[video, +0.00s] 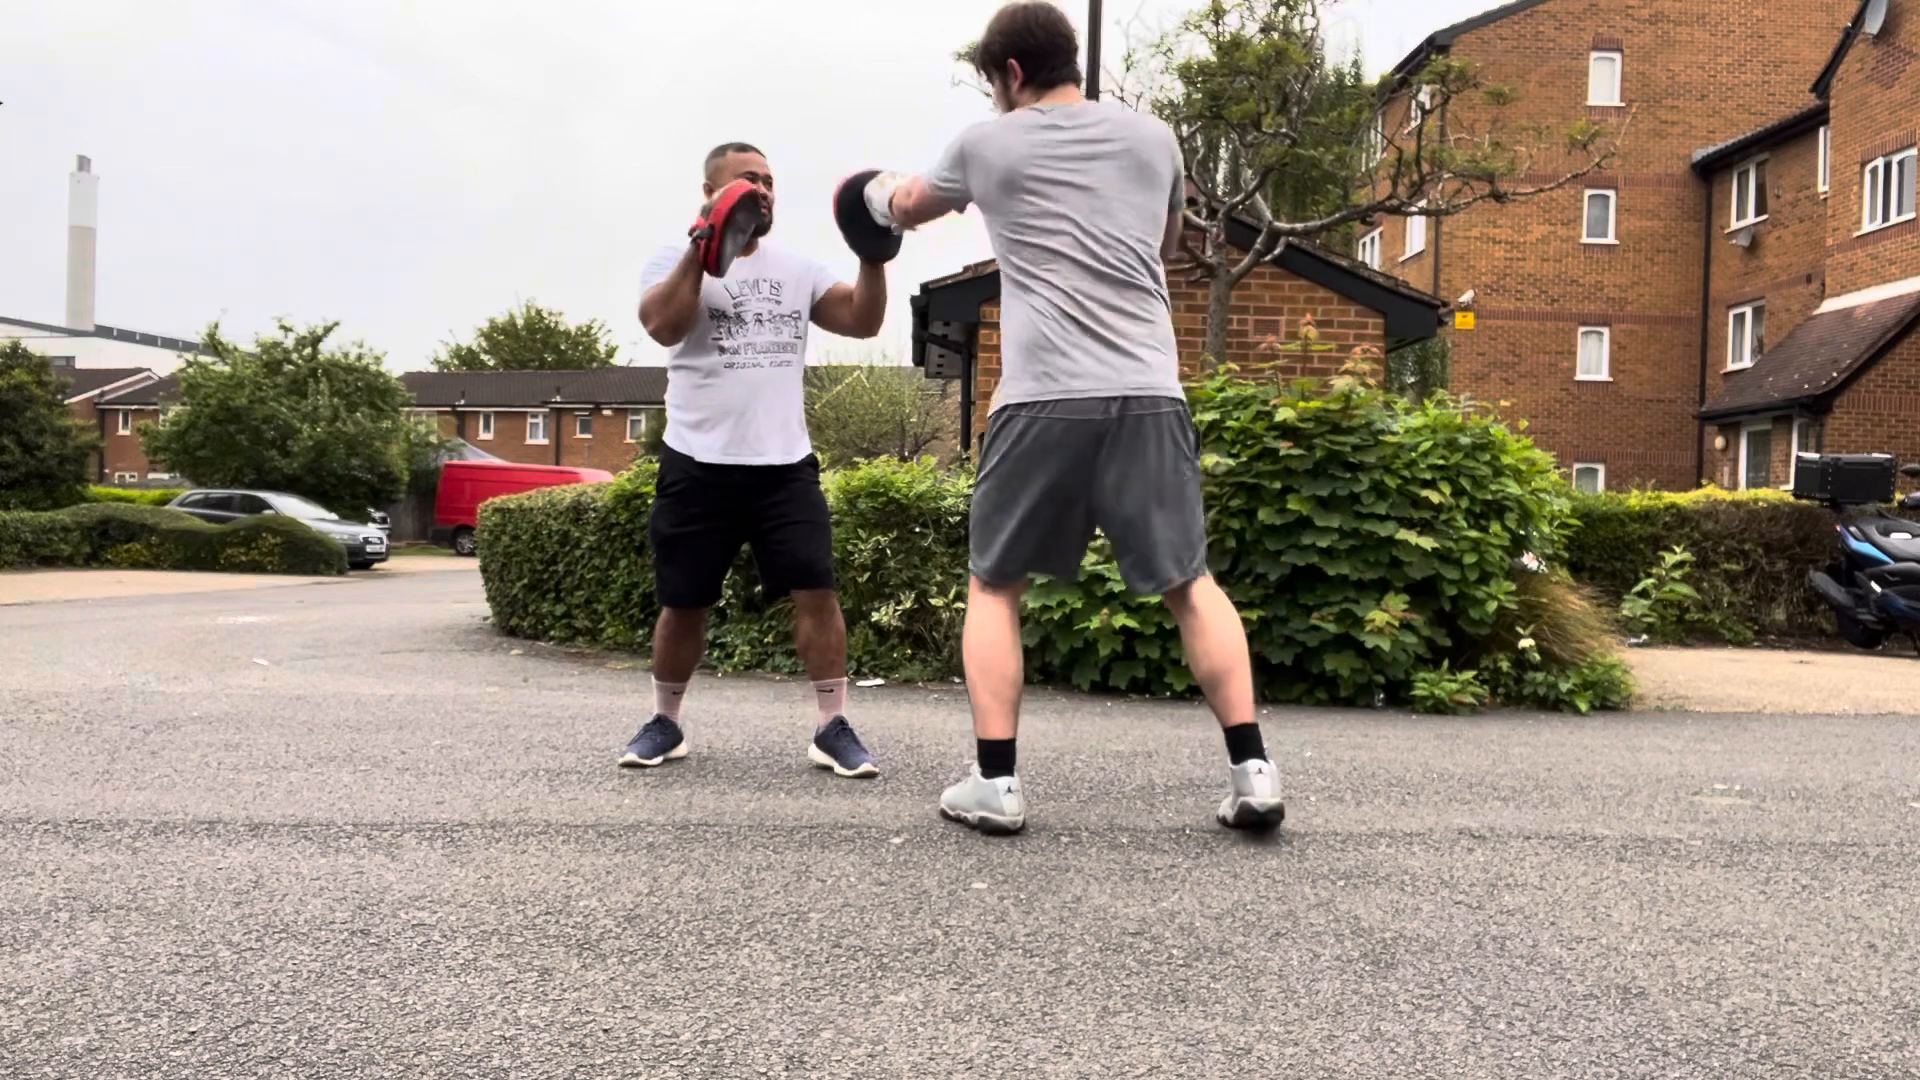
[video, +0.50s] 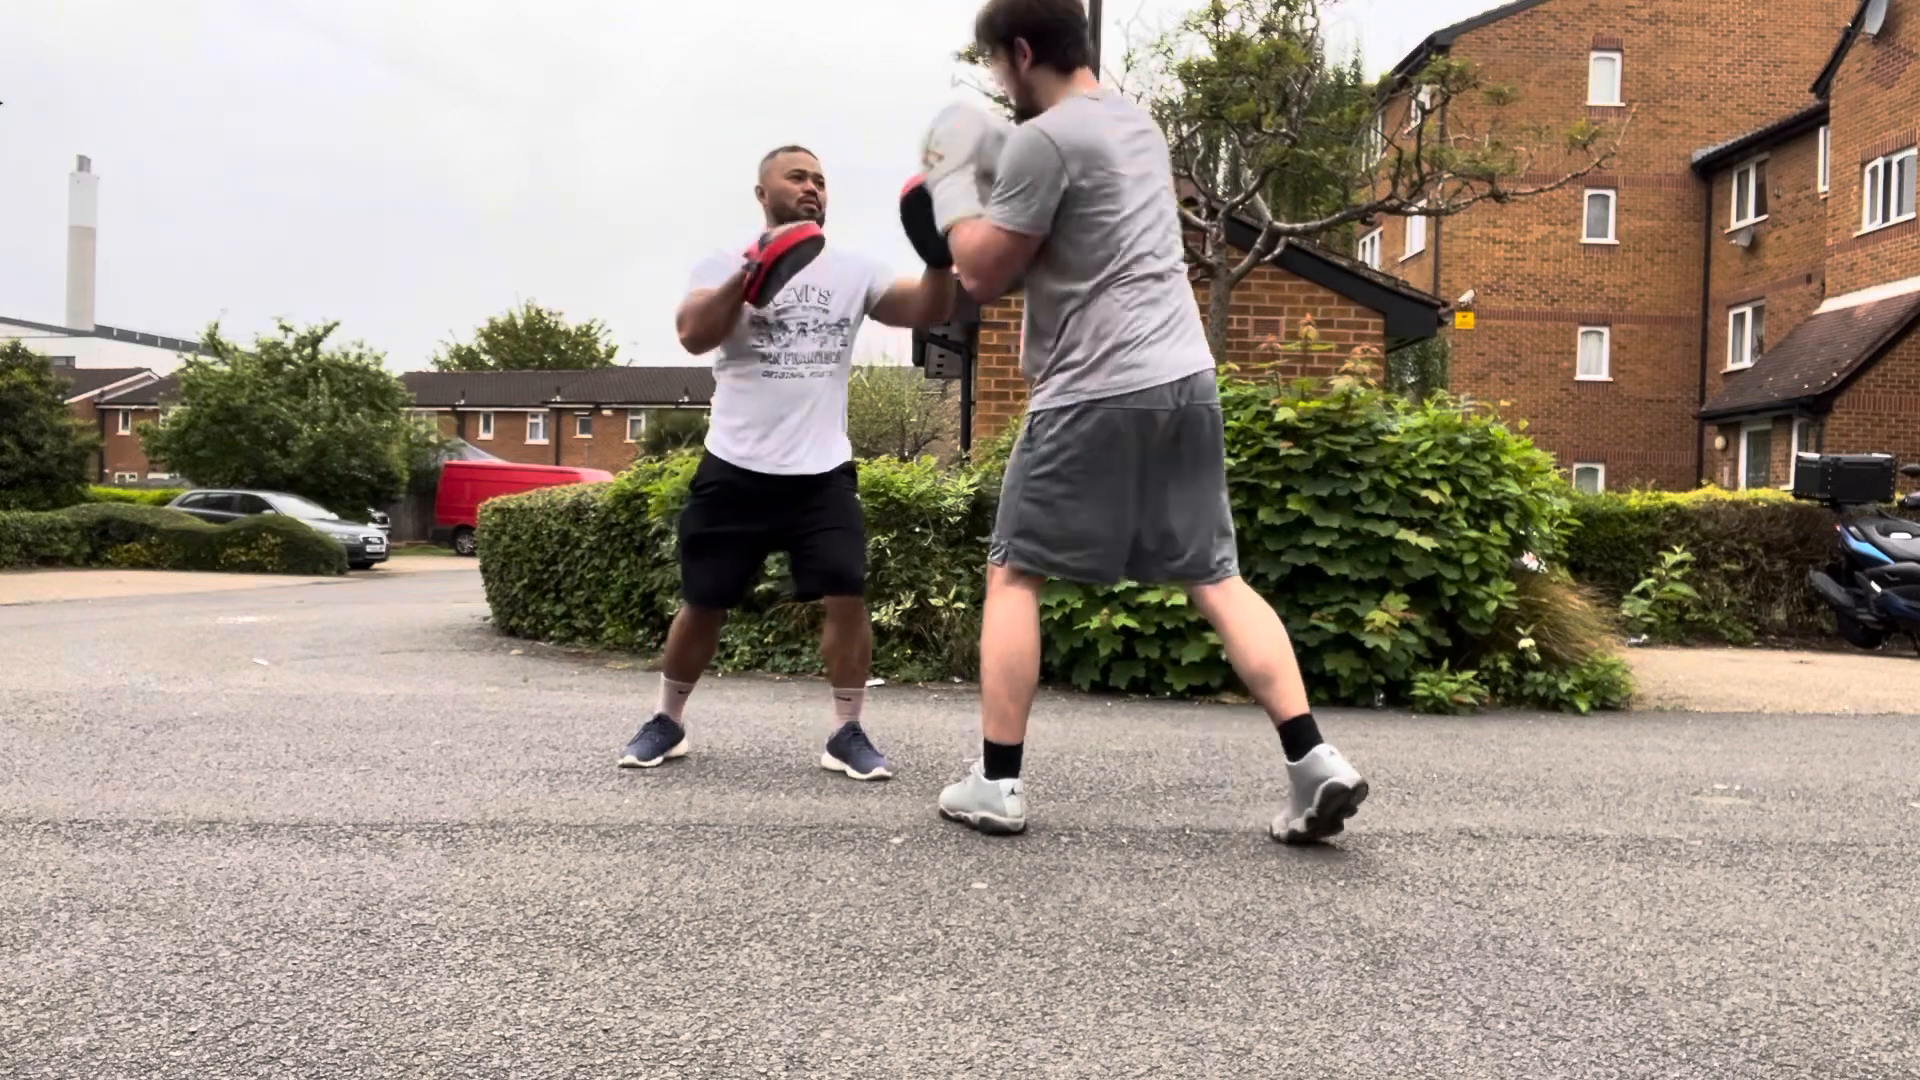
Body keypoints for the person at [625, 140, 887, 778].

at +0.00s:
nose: (761, 188)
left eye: (768, 180)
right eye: (745, 179)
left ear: (776, 195)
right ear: (711, 193)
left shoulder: (795, 265)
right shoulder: (673, 261)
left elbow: (863, 320)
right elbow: (664, 329)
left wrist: (873, 255)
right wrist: (700, 252)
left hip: (785, 460)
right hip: (698, 461)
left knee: (816, 586)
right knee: (682, 599)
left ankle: (834, 724)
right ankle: (665, 721)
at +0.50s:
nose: (812, 187)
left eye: (820, 180)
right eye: (797, 175)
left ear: (828, 199)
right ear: (760, 192)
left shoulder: (851, 269)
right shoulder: (727, 264)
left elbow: (929, 309)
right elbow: (694, 336)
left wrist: (944, 245)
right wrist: (751, 275)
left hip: (823, 469)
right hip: (735, 466)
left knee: (847, 591)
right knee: (702, 602)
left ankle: (847, 731)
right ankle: (666, 721)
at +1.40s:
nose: (796, 195)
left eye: (805, 186)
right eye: (781, 184)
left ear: (814, 199)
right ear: (747, 197)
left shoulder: (847, 269)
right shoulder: (722, 277)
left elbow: (911, 322)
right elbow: (685, 379)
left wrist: (939, 321)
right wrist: (698, 317)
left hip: (828, 468)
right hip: (740, 471)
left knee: (849, 587)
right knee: (718, 599)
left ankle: (851, 729)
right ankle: (700, 721)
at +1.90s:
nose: (784, 205)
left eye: (791, 196)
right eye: (772, 194)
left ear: (796, 210)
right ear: (737, 202)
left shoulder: (812, 279)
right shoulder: (700, 267)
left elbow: (867, 343)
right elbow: (698, 311)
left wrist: (871, 278)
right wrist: (726, 234)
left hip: (806, 463)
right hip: (721, 464)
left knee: (833, 587)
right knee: (711, 600)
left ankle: (853, 726)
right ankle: (698, 721)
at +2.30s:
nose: (795, 200)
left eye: (802, 192)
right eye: (781, 190)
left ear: (808, 208)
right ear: (745, 202)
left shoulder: (822, 276)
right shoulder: (707, 262)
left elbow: (880, 341)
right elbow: (700, 320)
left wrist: (882, 275)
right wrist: (736, 245)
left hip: (808, 464)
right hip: (723, 464)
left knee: (834, 591)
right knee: (710, 601)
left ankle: (851, 729)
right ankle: (699, 722)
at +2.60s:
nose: (794, 191)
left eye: (800, 182)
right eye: (778, 181)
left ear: (808, 198)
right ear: (744, 195)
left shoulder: (829, 270)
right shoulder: (708, 264)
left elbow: (899, 313)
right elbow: (689, 332)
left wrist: (907, 240)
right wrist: (726, 255)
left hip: (817, 462)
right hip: (730, 462)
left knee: (844, 587)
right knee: (714, 601)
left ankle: (852, 728)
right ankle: (699, 721)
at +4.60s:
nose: (807, 208)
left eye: (815, 198)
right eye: (793, 197)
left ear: (824, 210)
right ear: (763, 207)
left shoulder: (843, 276)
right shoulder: (733, 273)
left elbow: (906, 327)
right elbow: (715, 319)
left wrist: (894, 255)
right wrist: (745, 243)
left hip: (832, 466)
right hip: (750, 468)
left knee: (860, 595)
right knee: (742, 603)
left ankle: (893, 727)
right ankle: (737, 719)